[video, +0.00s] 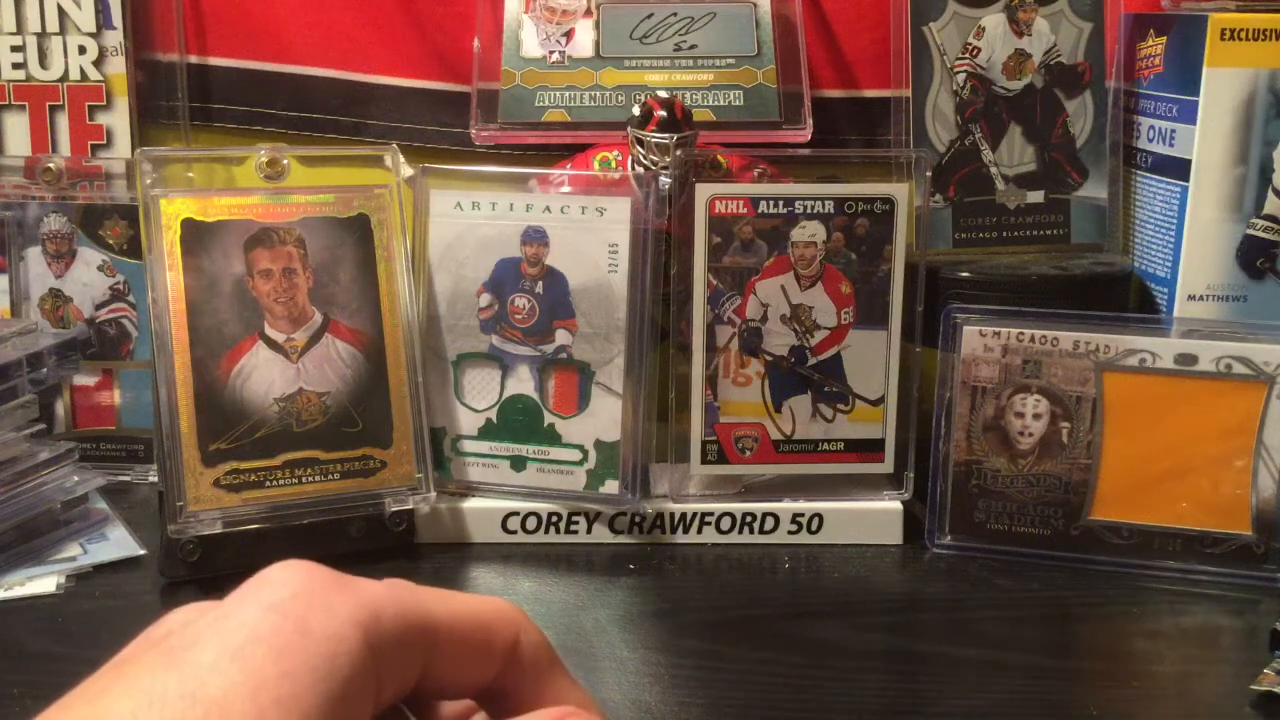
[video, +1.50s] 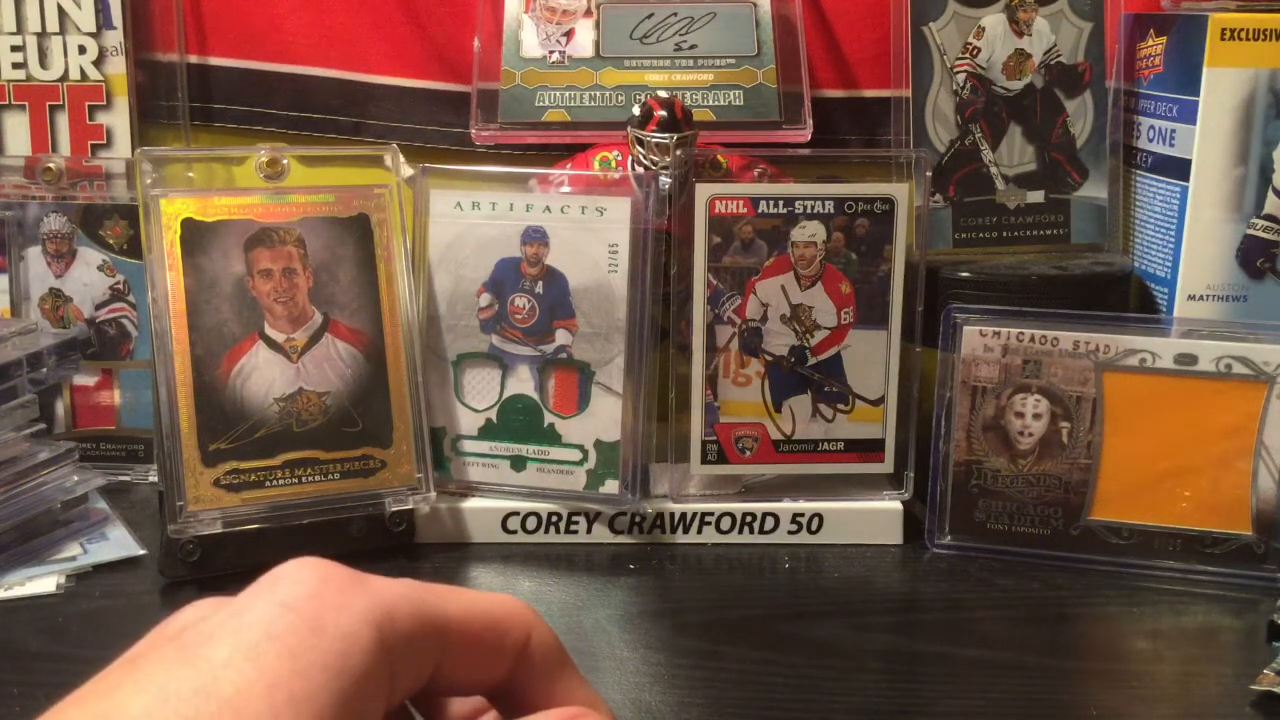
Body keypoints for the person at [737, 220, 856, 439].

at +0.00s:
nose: (801, 253)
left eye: (808, 247)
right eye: (796, 247)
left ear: (821, 250)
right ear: (790, 249)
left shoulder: (838, 285)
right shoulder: (774, 272)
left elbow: (842, 330)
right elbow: (754, 293)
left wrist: (810, 352)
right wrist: (750, 326)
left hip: (823, 351)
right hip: (779, 350)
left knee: (831, 411)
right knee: (798, 409)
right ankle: (790, 469)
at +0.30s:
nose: (801, 253)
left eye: (808, 247)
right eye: (796, 247)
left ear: (821, 249)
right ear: (790, 249)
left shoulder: (838, 285)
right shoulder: (774, 271)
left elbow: (842, 331)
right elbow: (755, 293)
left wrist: (810, 353)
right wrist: (750, 326)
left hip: (822, 353)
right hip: (780, 352)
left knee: (830, 411)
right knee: (798, 409)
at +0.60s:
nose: (801, 253)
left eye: (807, 247)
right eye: (796, 247)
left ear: (821, 249)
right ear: (790, 249)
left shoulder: (838, 285)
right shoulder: (774, 271)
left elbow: (842, 331)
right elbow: (755, 293)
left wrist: (810, 353)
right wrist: (750, 326)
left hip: (822, 352)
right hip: (780, 352)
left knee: (830, 411)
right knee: (798, 409)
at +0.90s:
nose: (801, 253)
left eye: (807, 247)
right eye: (796, 247)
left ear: (821, 249)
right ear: (790, 249)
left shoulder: (838, 285)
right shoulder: (773, 271)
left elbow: (842, 331)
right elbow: (755, 293)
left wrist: (810, 353)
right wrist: (750, 326)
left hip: (823, 353)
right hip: (780, 353)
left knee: (830, 411)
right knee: (797, 410)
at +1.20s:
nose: (801, 253)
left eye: (807, 247)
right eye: (796, 247)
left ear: (821, 249)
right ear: (790, 249)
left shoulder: (838, 285)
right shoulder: (773, 271)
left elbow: (842, 332)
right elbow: (755, 293)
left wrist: (810, 353)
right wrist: (750, 326)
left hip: (823, 353)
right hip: (780, 353)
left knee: (830, 412)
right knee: (797, 412)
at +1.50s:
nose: (801, 253)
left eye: (807, 247)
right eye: (796, 247)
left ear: (821, 249)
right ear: (790, 249)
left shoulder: (839, 285)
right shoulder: (773, 271)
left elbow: (842, 331)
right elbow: (755, 293)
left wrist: (810, 353)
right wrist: (750, 326)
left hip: (823, 352)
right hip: (780, 352)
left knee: (830, 411)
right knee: (795, 411)